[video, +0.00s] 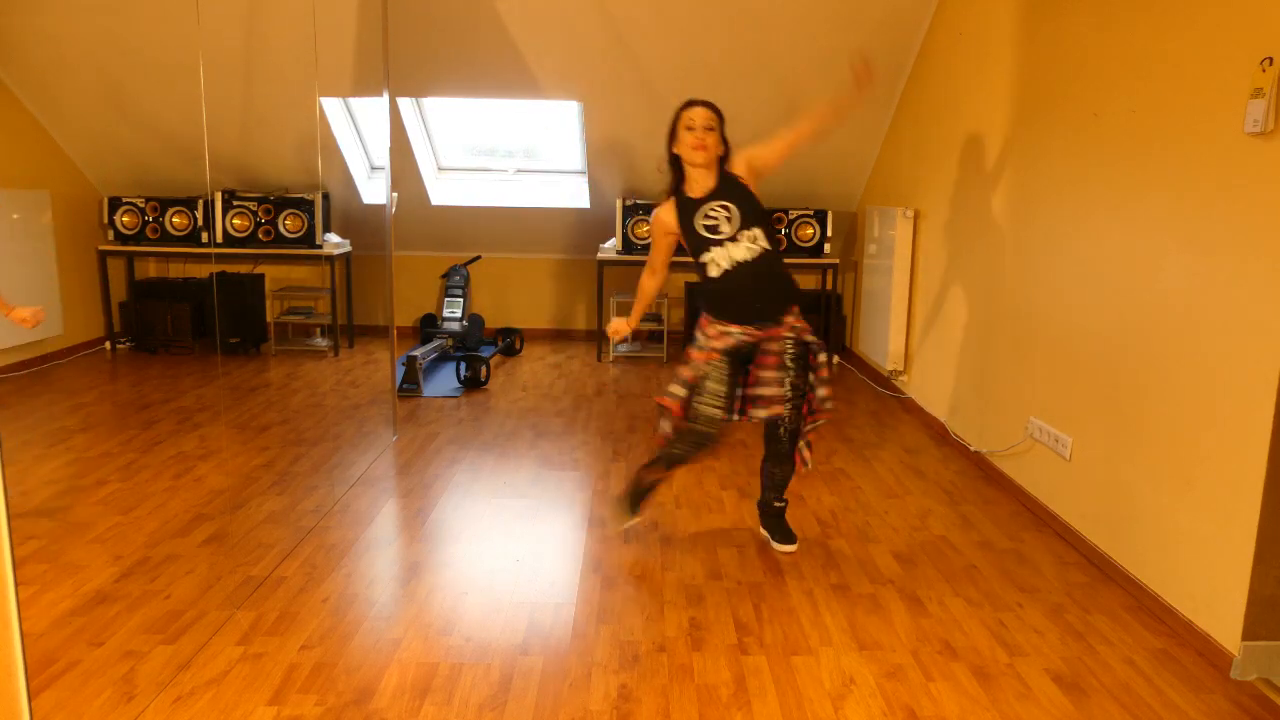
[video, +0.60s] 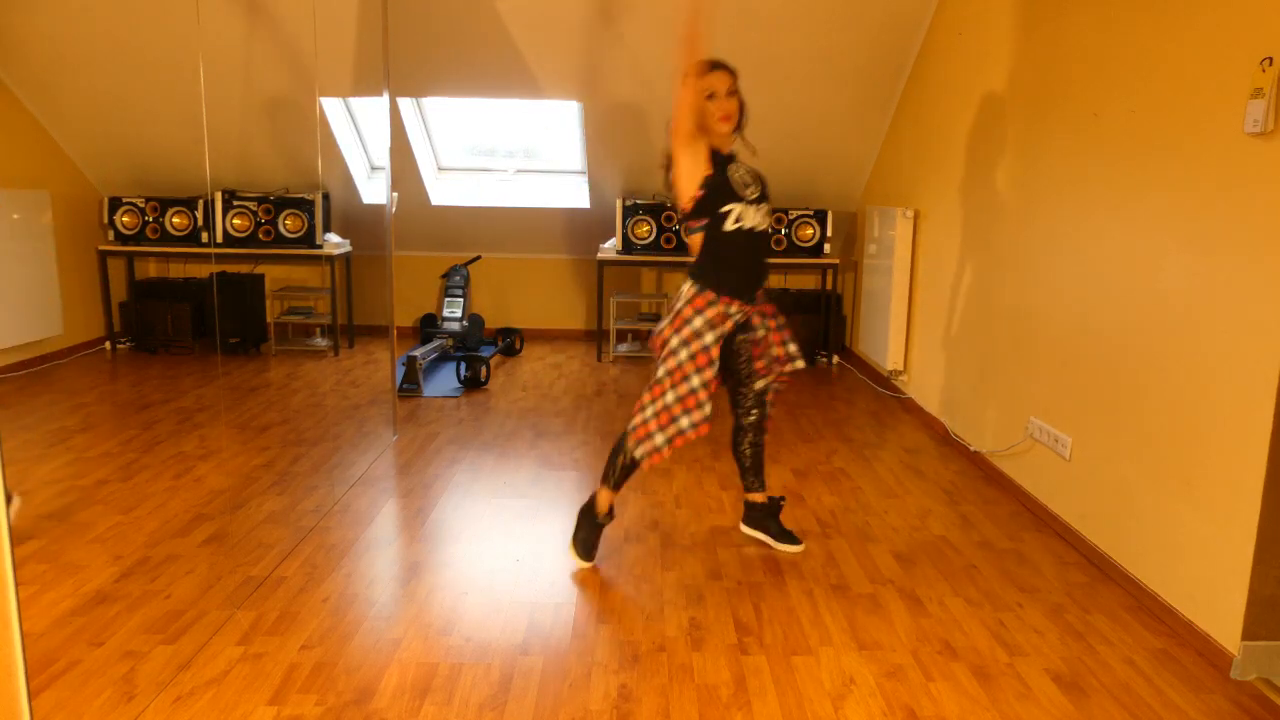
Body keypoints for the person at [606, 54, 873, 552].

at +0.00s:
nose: (701, 135)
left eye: (710, 129)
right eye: (690, 129)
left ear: (722, 141)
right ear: (675, 143)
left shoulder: (744, 171)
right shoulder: (670, 215)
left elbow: (801, 132)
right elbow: (653, 273)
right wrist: (633, 319)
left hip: (782, 319)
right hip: (724, 327)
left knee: (786, 424)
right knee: (704, 427)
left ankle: (773, 507)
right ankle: (645, 481)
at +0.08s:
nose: (711, 139)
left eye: (720, 132)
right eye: (700, 132)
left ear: (733, 144)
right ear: (685, 147)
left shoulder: (750, 181)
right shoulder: (679, 216)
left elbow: (805, 177)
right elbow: (664, 283)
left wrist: (853, 160)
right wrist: (643, 340)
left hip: (788, 324)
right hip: (735, 334)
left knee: (789, 430)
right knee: (754, 434)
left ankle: (773, 507)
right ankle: (699, 459)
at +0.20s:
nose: (726, 137)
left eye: (734, 128)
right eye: (714, 129)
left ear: (745, 140)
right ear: (697, 144)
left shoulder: (756, 194)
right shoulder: (701, 206)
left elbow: (798, 233)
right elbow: (710, 284)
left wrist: (831, 249)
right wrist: (719, 352)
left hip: (793, 329)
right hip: (750, 338)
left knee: (801, 431)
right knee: (776, 440)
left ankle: (776, 507)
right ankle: (749, 499)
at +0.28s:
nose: (733, 123)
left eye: (740, 113)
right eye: (720, 116)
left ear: (750, 124)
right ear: (703, 131)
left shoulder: (759, 188)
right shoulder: (709, 189)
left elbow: (785, 249)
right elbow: (752, 251)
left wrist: (815, 280)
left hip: (775, 320)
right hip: (732, 323)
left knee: (789, 416)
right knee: (751, 419)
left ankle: (772, 505)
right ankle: (730, 487)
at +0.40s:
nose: (738, 95)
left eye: (743, 87)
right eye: (724, 90)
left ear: (755, 97)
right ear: (706, 106)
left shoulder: (759, 155)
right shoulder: (712, 155)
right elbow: (737, 152)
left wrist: (839, 117)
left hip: (770, 298)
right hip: (723, 298)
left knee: (775, 395)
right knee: (713, 398)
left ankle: (767, 505)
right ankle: (669, 489)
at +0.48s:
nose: (737, 91)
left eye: (742, 83)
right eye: (724, 83)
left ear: (749, 88)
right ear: (702, 96)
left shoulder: (747, 142)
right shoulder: (707, 141)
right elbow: (745, 98)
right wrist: (793, 36)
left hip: (759, 292)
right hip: (718, 290)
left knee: (763, 398)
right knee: (687, 399)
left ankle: (764, 503)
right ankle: (628, 491)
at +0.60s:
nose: (725, 104)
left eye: (732, 95)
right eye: (713, 96)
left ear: (741, 105)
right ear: (693, 108)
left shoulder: (739, 163)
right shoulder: (690, 157)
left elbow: (705, 235)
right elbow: (689, 72)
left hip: (746, 309)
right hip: (706, 308)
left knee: (752, 405)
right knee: (665, 410)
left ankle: (758, 507)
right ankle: (599, 507)